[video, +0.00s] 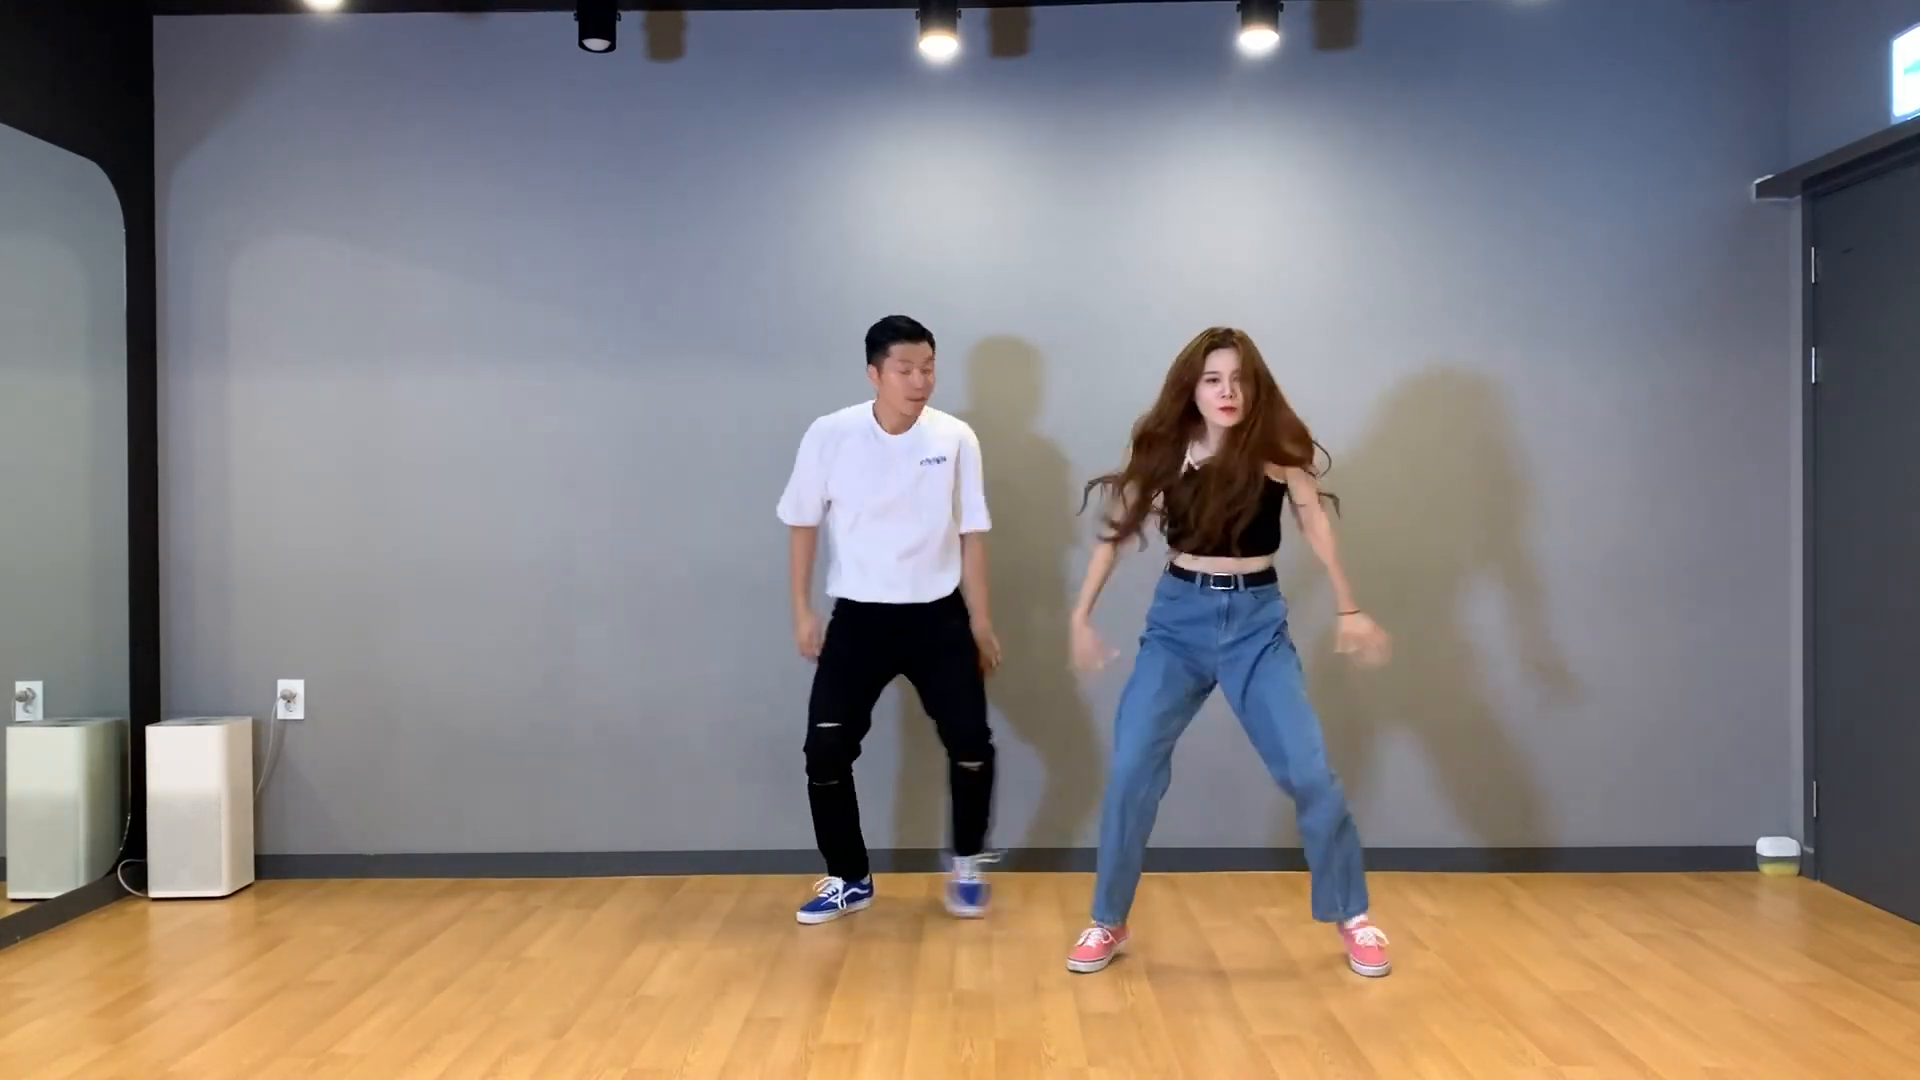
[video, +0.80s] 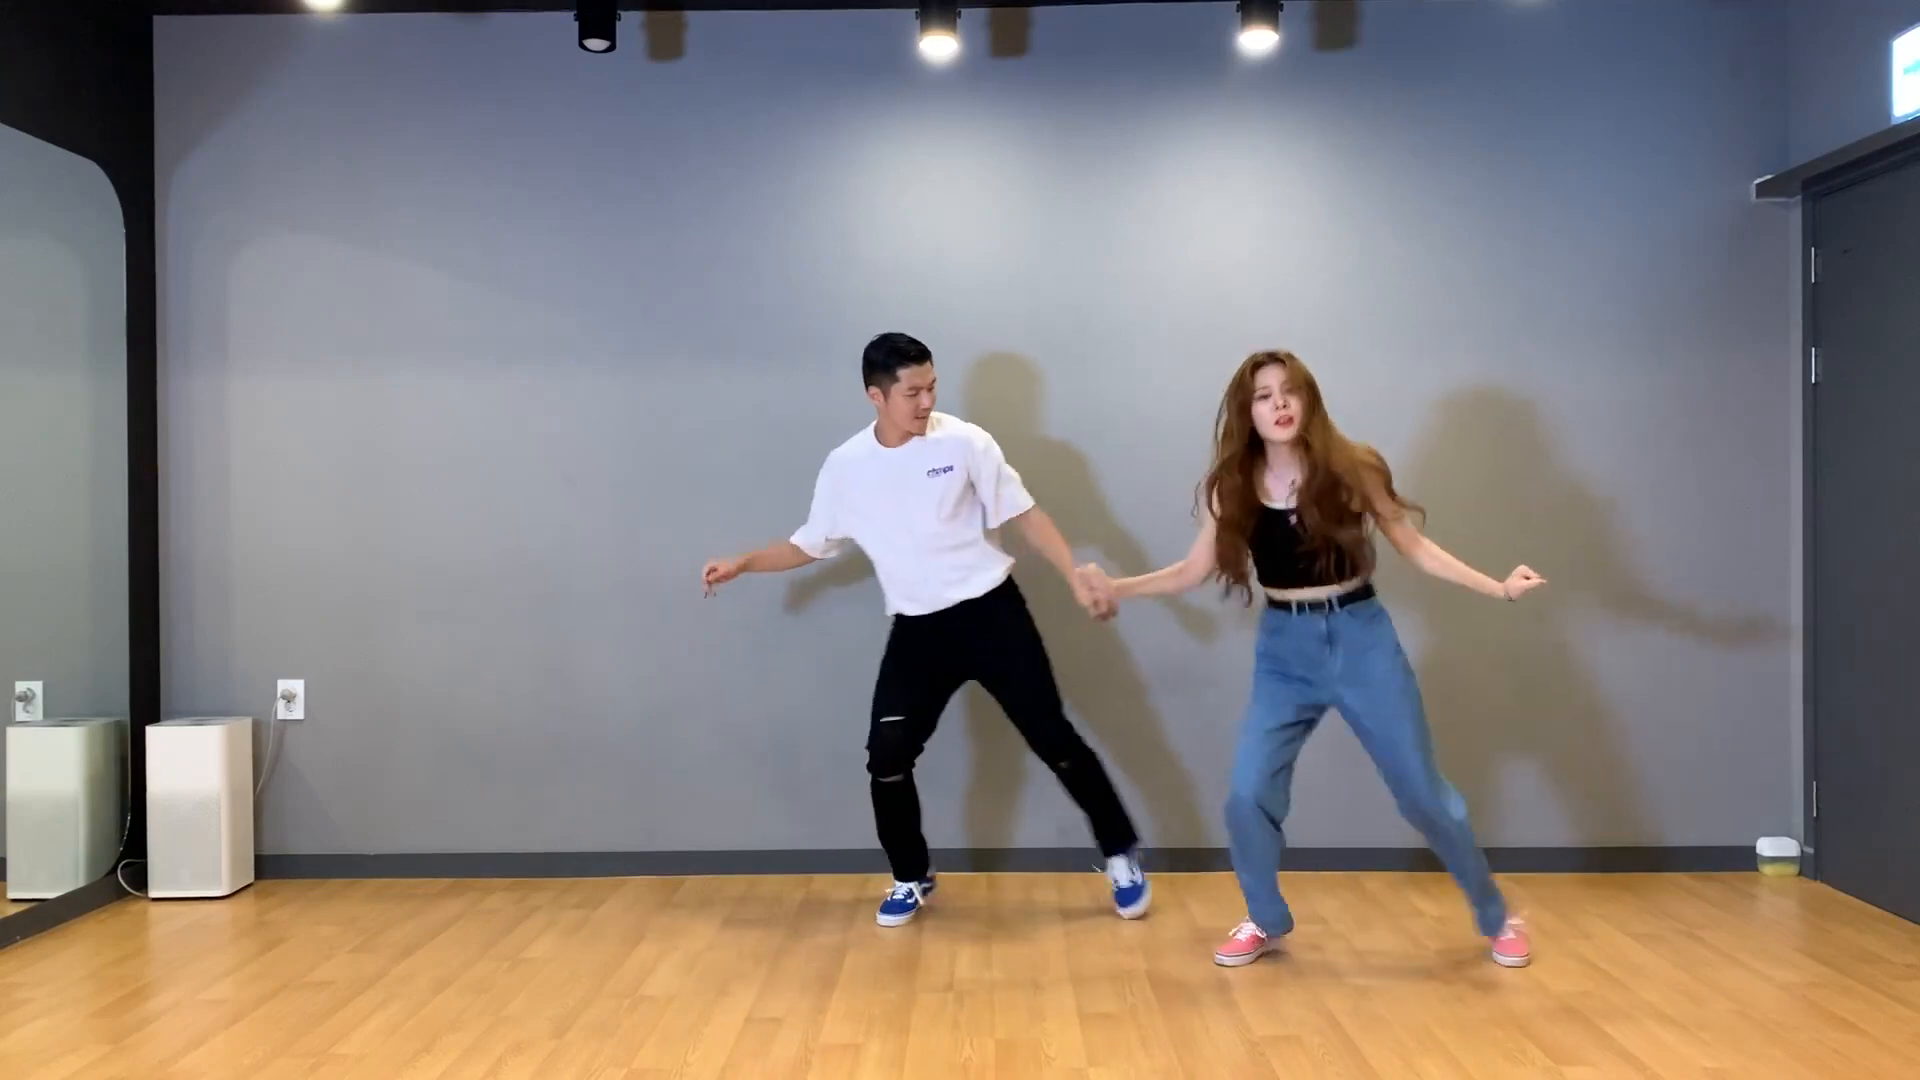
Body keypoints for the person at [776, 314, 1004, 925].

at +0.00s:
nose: (921, 381)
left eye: (928, 369)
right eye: (908, 368)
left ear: (935, 373)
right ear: (875, 372)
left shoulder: (955, 439)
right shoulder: (828, 437)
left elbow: (973, 538)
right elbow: (803, 526)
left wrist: (981, 622)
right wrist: (803, 610)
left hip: (940, 619)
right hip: (859, 619)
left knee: (972, 743)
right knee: (825, 747)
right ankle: (850, 879)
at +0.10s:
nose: (900, 376)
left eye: (912, 363)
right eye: (886, 364)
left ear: (928, 372)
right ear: (868, 373)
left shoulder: (953, 461)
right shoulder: (829, 444)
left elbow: (963, 557)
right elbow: (793, 534)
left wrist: (970, 644)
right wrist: (762, 613)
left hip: (917, 630)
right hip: (836, 624)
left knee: (929, 764)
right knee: (790, 744)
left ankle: (908, 871)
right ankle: (820, 862)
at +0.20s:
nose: (892, 380)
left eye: (904, 367)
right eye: (878, 368)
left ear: (921, 377)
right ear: (860, 378)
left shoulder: (946, 458)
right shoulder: (821, 443)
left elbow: (950, 552)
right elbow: (778, 526)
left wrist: (961, 635)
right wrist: (733, 602)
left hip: (898, 631)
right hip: (817, 623)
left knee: (930, 760)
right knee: (759, 743)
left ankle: (909, 871)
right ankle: (744, 857)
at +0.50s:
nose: (883, 388)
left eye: (893, 374)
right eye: (868, 376)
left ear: (905, 374)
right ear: (844, 378)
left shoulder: (936, 442)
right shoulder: (812, 438)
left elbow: (949, 538)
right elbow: (771, 519)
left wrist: (956, 621)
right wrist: (728, 593)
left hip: (913, 622)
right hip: (834, 620)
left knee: (930, 759)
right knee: (792, 741)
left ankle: (901, 870)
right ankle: (754, 863)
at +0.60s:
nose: (899, 389)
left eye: (905, 375)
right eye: (884, 377)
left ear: (914, 374)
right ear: (851, 379)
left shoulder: (945, 448)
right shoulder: (816, 453)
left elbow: (967, 542)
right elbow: (796, 542)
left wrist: (988, 630)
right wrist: (747, 585)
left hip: (937, 614)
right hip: (860, 619)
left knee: (950, 741)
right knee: (853, 750)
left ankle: (948, 857)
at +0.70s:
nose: (914, 398)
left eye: (918, 385)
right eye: (900, 388)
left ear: (922, 382)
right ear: (863, 389)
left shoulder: (955, 449)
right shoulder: (829, 465)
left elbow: (993, 531)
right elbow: (803, 555)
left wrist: (1036, 601)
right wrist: (742, 576)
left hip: (965, 619)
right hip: (888, 632)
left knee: (998, 734)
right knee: (879, 760)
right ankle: (906, 882)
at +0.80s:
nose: (926, 403)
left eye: (931, 390)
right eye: (913, 394)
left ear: (935, 384)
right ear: (875, 395)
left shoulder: (965, 442)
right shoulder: (844, 467)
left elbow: (1023, 512)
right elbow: (814, 542)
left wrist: (1074, 571)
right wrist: (743, 563)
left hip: (993, 611)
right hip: (917, 630)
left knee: (1051, 736)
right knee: (886, 756)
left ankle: (1121, 854)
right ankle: (911, 877)